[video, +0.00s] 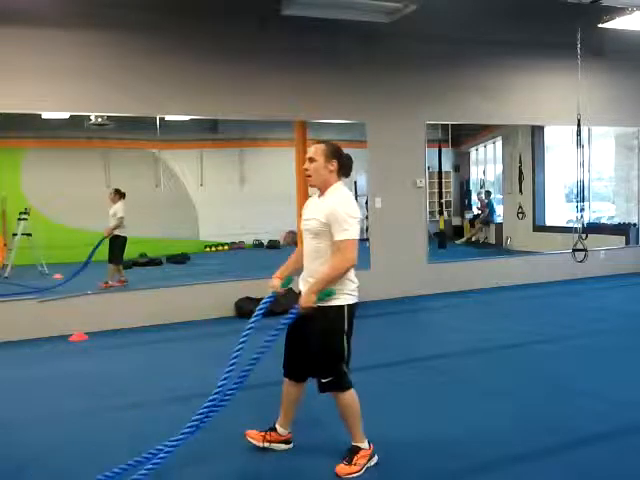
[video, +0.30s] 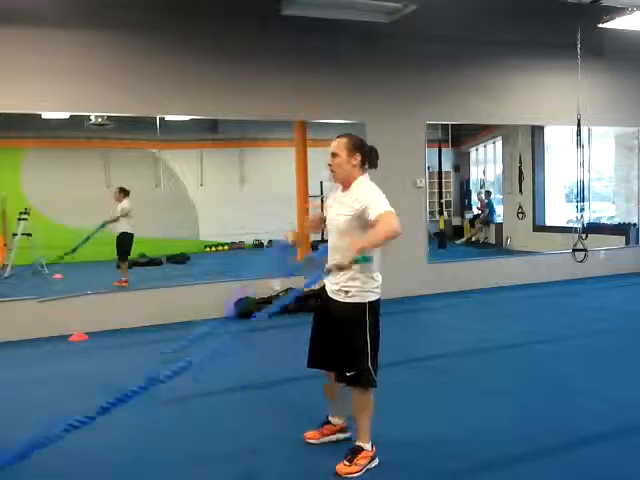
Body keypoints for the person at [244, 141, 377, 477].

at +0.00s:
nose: (305, 167)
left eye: (312, 161)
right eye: (305, 161)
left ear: (332, 167)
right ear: (317, 168)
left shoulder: (342, 202)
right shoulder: (314, 202)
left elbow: (347, 258)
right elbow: (306, 250)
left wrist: (314, 288)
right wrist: (282, 274)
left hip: (336, 302)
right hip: (309, 300)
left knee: (335, 377)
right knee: (295, 370)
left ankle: (361, 447)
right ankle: (281, 432)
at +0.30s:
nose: (329, 161)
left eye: (335, 156)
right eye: (329, 156)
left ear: (356, 159)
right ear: (345, 160)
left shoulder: (368, 191)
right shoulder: (336, 194)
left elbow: (391, 226)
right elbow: (327, 221)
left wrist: (361, 244)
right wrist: (303, 229)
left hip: (359, 298)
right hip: (332, 293)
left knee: (360, 375)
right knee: (330, 364)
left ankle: (365, 446)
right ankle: (337, 421)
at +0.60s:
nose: (329, 167)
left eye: (334, 161)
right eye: (328, 161)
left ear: (355, 163)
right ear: (344, 164)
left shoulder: (372, 199)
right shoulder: (342, 196)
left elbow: (378, 252)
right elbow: (334, 237)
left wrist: (353, 279)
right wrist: (308, 254)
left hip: (369, 297)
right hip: (342, 293)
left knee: (367, 374)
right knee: (346, 366)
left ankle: (366, 446)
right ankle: (349, 424)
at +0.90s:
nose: (335, 162)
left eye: (341, 156)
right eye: (335, 157)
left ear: (361, 159)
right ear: (350, 161)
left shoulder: (370, 194)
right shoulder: (347, 193)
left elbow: (367, 248)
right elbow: (340, 242)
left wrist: (336, 282)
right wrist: (316, 270)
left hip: (364, 293)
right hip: (343, 290)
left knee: (355, 368)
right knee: (344, 365)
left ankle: (362, 442)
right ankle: (350, 426)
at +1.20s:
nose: (341, 159)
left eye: (347, 154)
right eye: (341, 154)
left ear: (367, 158)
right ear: (351, 160)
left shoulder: (380, 194)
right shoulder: (345, 194)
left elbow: (377, 250)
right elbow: (336, 239)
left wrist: (341, 277)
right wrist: (316, 270)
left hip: (366, 297)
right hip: (339, 293)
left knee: (360, 374)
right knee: (335, 366)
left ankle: (362, 444)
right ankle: (345, 423)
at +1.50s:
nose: (339, 164)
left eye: (346, 159)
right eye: (340, 159)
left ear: (366, 166)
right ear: (353, 167)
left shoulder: (378, 204)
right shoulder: (343, 201)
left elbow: (375, 260)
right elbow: (337, 242)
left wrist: (336, 282)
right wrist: (323, 270)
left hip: (368, 303)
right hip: (342, 298)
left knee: (350, 378)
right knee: (329, 370)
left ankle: (361, 444)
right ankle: (344, 429)